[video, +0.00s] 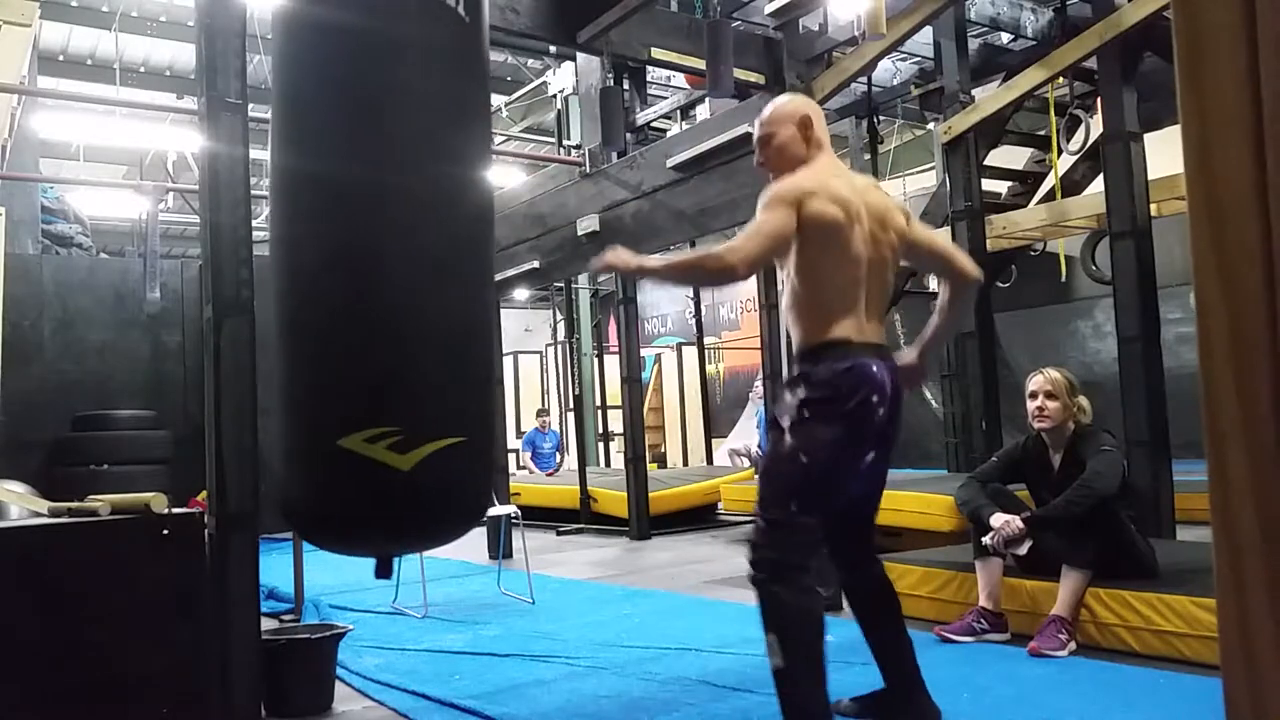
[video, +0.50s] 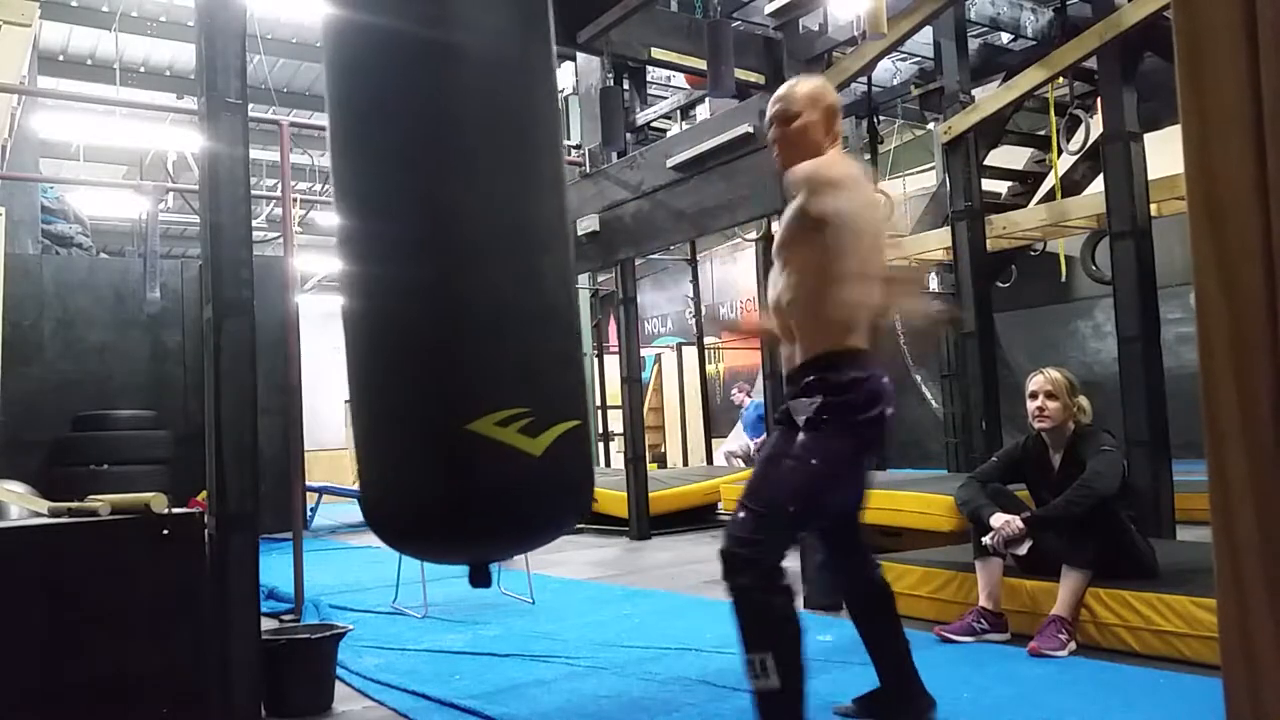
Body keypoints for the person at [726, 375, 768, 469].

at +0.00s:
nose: (755, 390)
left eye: (757, 386)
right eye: (754, 387)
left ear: (766, 387)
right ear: (753, 390)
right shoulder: (760, 411)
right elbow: (759, 432)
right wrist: (755, 446)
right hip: (762, 449)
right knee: (732, 450)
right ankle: (741, 477)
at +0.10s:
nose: (752, 390)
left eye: (757, 387)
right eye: (752, 388)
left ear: (765, 388)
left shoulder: (763, 411)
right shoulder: (759, 411)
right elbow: (758, 432)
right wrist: (754, 445)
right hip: (762, 449)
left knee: (731, 450)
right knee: (731, 450)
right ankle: (741, 477)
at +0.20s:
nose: (748, 392)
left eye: (751, 388)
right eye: (748, 389)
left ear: (761, 389)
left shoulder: (764, 410)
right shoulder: (757, 411)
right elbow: (756, 432)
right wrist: (753, 445)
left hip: (767, 454)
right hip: (759, 450)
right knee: (731, 450)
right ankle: (741, 477)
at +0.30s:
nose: (744, 393)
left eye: (746, 390)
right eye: (744, 390)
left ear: (756, 389)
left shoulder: (765, 407)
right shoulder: (754, 409)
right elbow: (755, 430)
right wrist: (754, 445)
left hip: (767, 451)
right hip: (758, 448)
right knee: (730, 451)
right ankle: (741, 478)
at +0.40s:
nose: (738, 395)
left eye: (741, 392)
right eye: (738, 392)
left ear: (750, 391)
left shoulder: (763, 405)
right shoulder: (748, 410)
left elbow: (775, 427)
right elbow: (751, 431)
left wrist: (767, 445)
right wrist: (752, 445)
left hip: (765, 445)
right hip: (755, 445)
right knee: (729, 451)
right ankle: (741, 478)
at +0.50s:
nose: (731, 398)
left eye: (734, 395)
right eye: (731, 396)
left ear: (744, 393)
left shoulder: (759, 406)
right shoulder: (742, 413)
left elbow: (774, 424)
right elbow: (747, 431)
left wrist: (761, 439)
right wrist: (751, 442)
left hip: (766, 444)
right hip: (751, 444)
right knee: (728, 452)